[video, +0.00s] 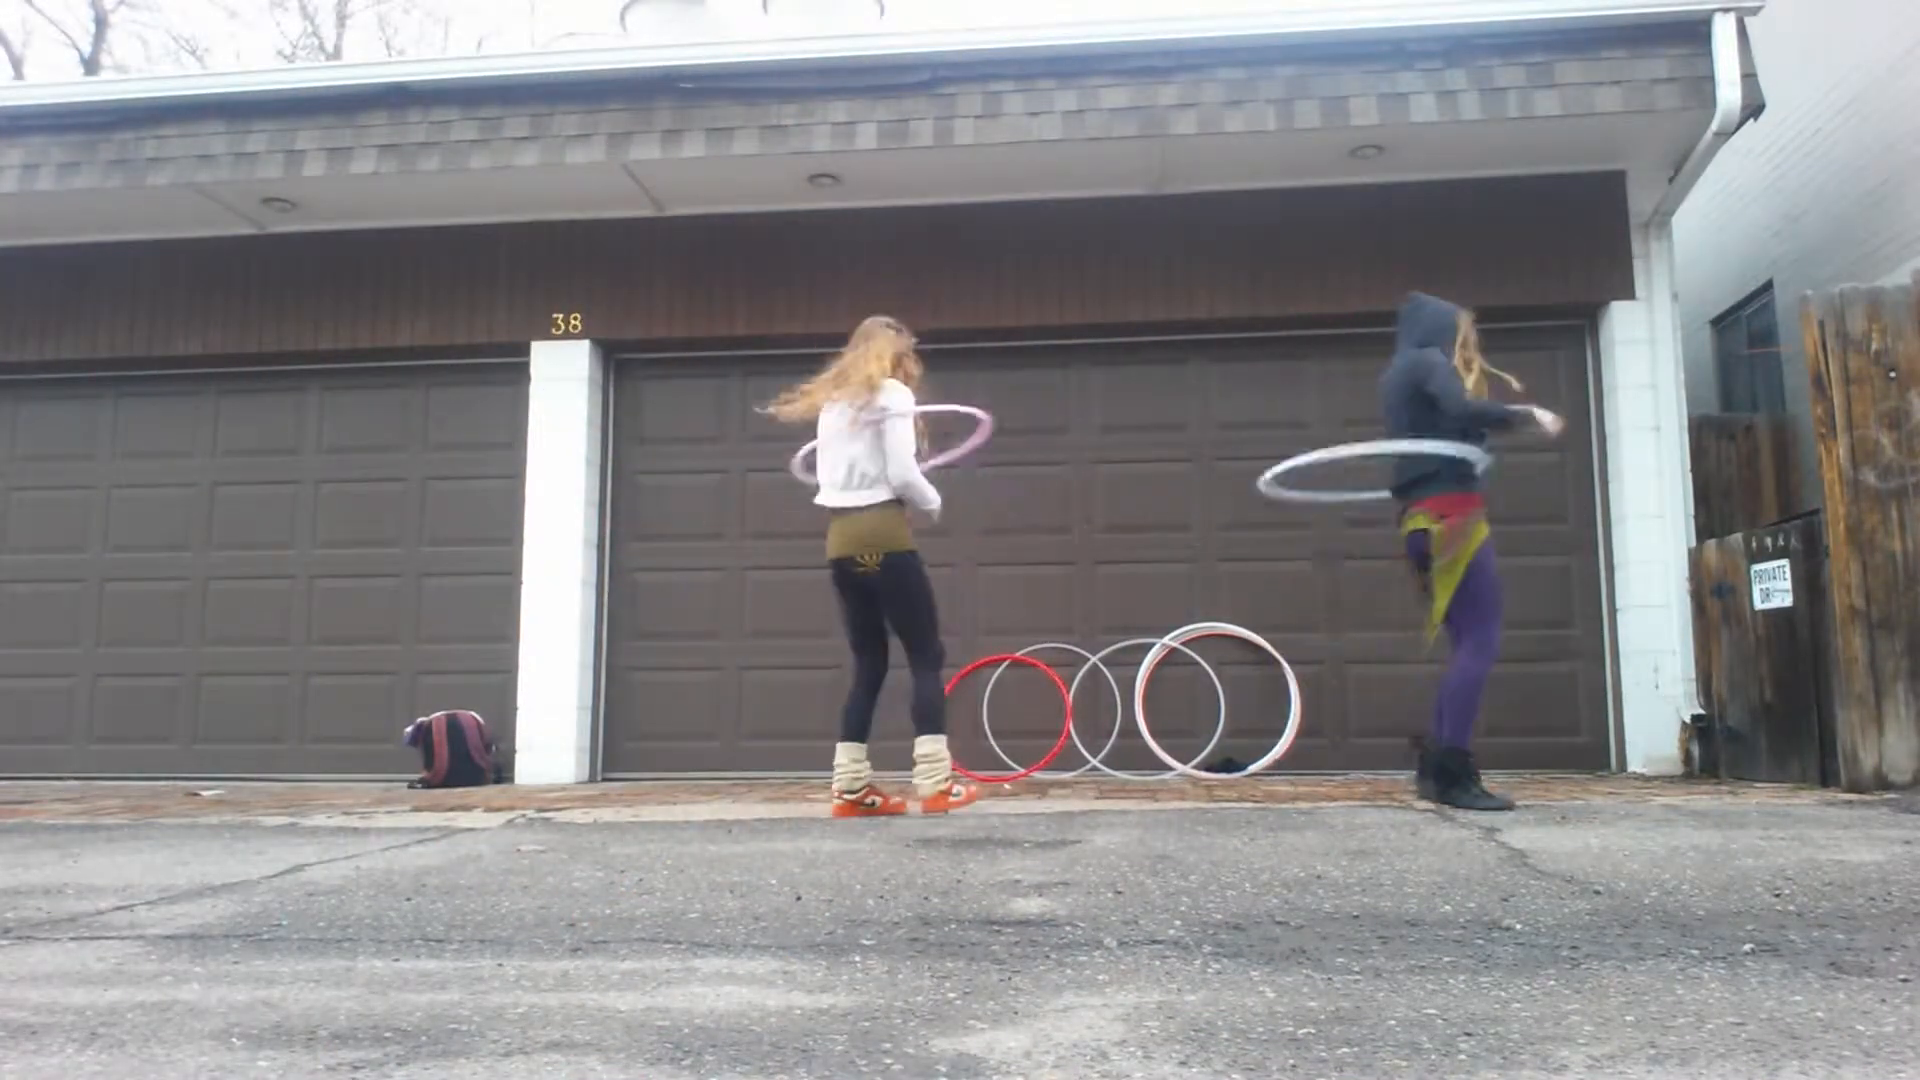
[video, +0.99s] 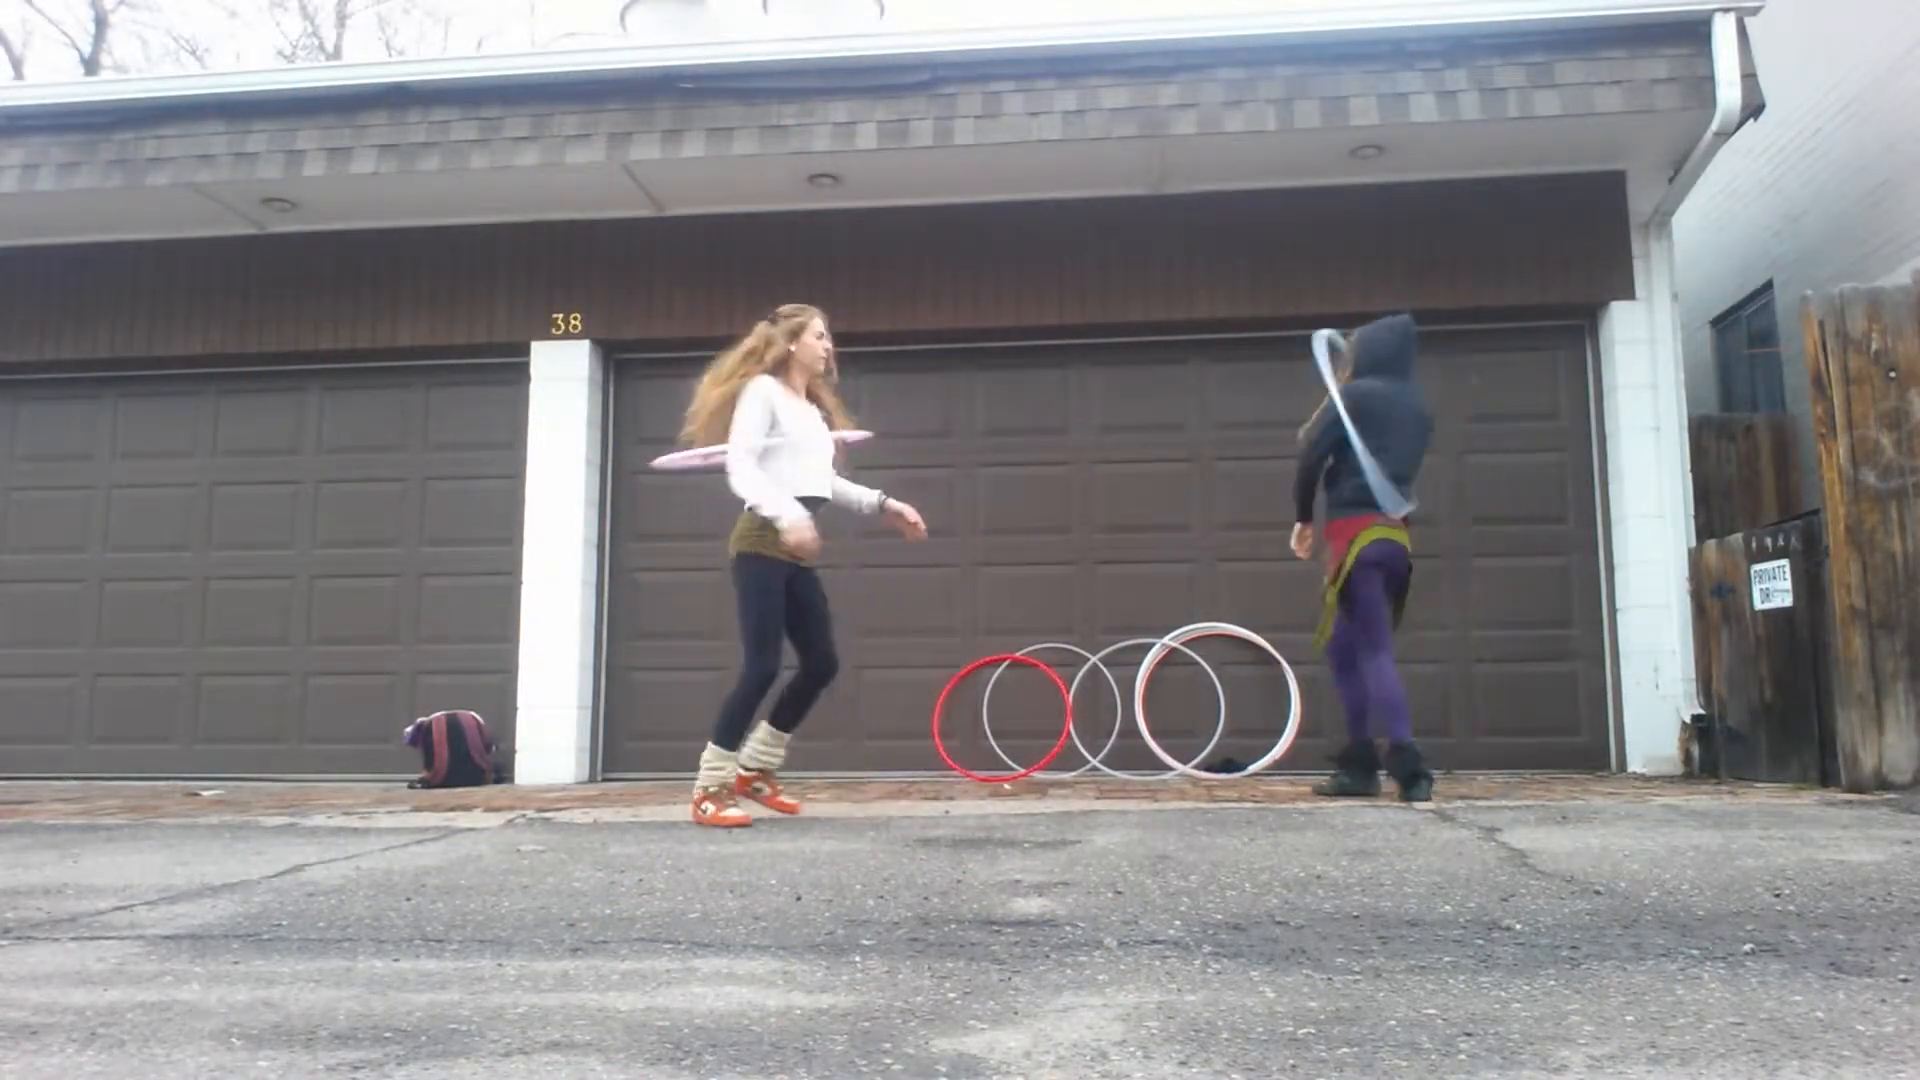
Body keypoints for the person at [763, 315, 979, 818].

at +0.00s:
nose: (910, 364)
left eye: (909, 355)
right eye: (907, 355)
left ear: (856, 352)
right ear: (896, 355)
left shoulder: (834, 398)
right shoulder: (894, 393)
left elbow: (828, 471)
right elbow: (902, 471)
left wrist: (886, 488)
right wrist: (932, 504)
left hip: (840, 529)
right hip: (885, 526)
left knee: (869, 664)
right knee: (925, 656)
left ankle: (849, 786)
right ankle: (934, 781)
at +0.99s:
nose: (829, 346)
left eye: (828, 338)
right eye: (819, 336)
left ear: (813, 349)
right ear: (790, 343)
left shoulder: (812, 409)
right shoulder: (761, 391)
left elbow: (824, 482)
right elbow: (739, 465)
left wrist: (885, 505)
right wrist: (789, 516)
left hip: (794, 547)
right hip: (760, 543)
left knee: (820, 664)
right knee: (761, 666)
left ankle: (755, 773)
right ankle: (709, 791)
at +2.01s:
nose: (800, 333)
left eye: (806, 321)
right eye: (786, 326)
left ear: (821, 325)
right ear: (768, 338)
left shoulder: (857, 377)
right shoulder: (757, 397)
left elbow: (894, 454)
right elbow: (765, 479)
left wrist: (953, 459)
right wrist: (820, 493)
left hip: (858, 538)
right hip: (798, 539)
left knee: (861, 658)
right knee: (806, 668)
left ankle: (848, 787)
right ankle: (819, 762)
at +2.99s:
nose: (924, 361)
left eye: (929, 348)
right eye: (911, 350)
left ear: (935, 349)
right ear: (875, 353)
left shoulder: (938, 402)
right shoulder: (834, 415)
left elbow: (938, 491)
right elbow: (811, 499)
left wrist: (946, 565)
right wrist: (821, 518)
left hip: (902, 542)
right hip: (847, 545)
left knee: (909, 667)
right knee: (897, 663)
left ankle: (851, 794)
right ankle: (909, 797)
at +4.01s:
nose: (917, 310)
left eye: (929, 299)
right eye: (906, 299)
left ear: (951, 306)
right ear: (890, 307)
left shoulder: (984, 371)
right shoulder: (867, 378)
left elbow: (1013, 458)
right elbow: (862, 477)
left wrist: (1023, 543)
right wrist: (806, 543)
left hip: (979, 525)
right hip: (913, 528)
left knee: (988, 665)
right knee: (913, 653)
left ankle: (1021, 800)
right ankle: (895, 794)